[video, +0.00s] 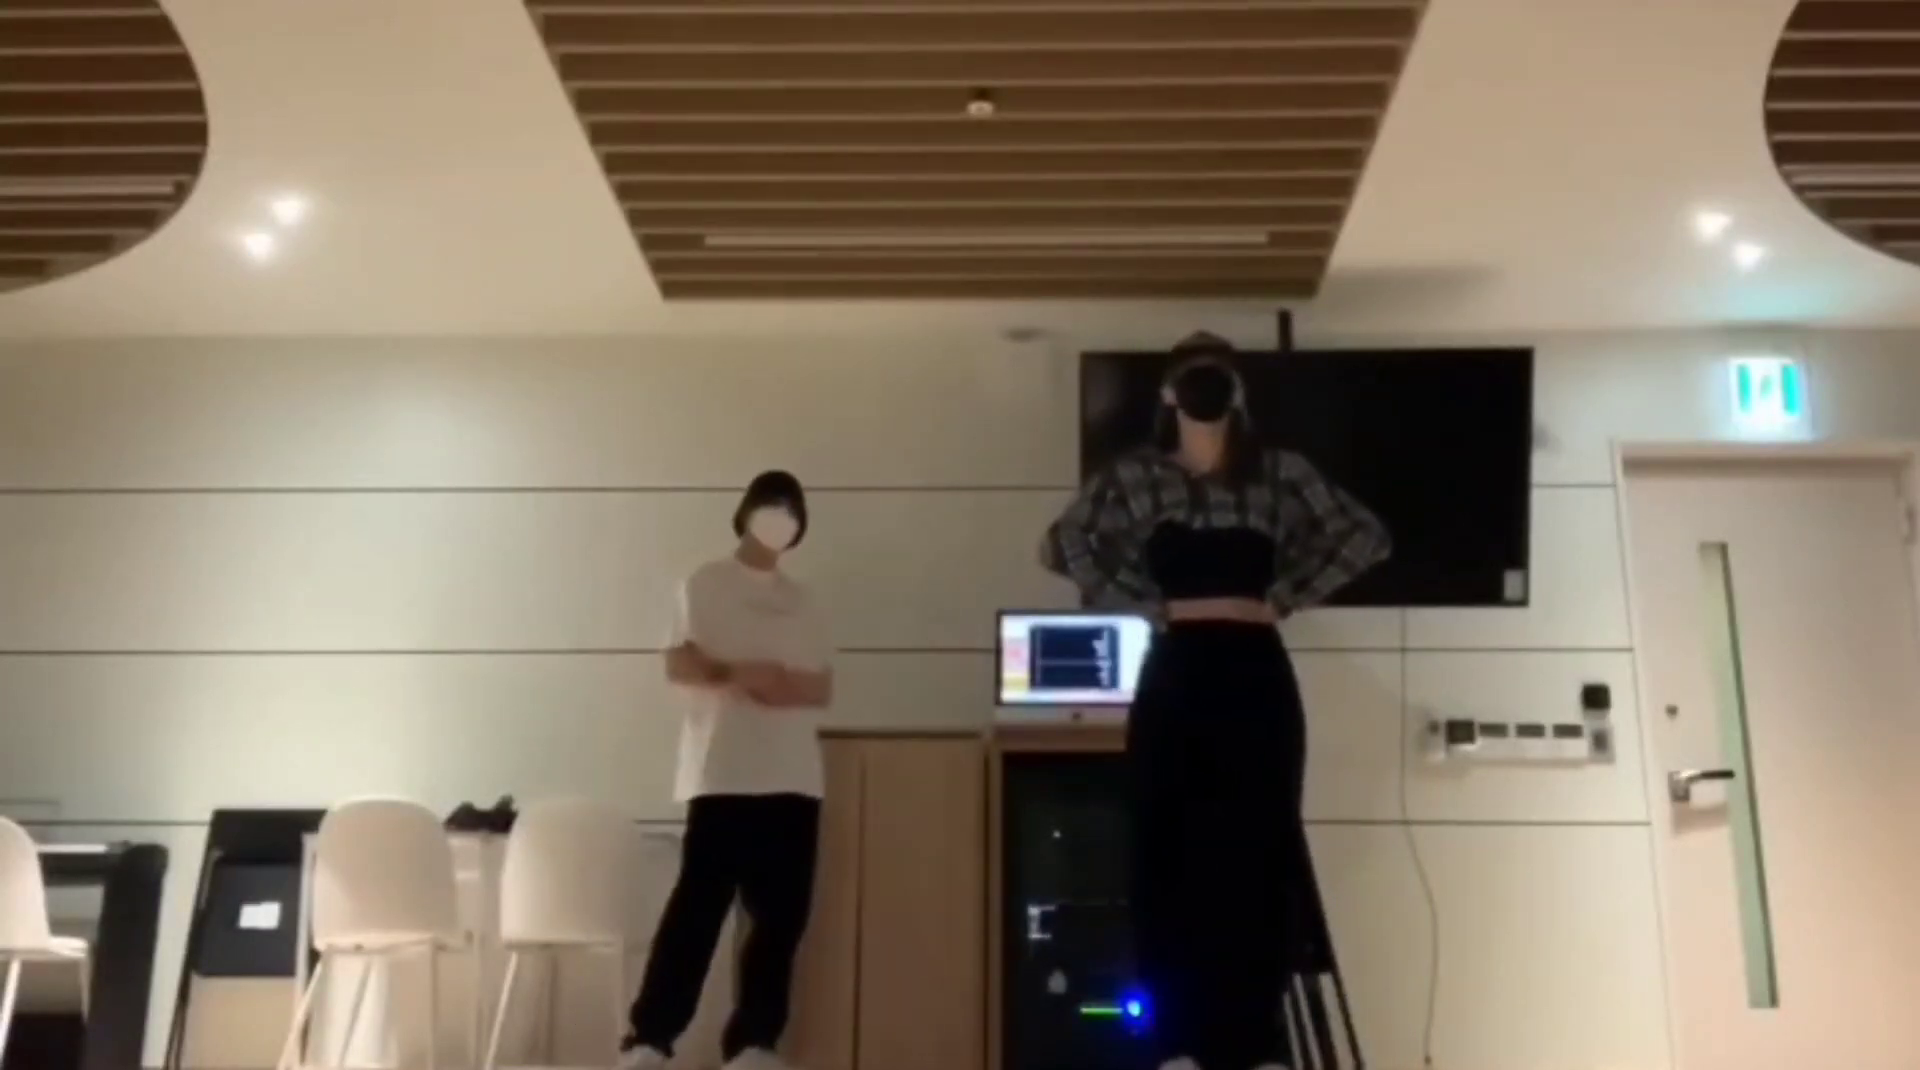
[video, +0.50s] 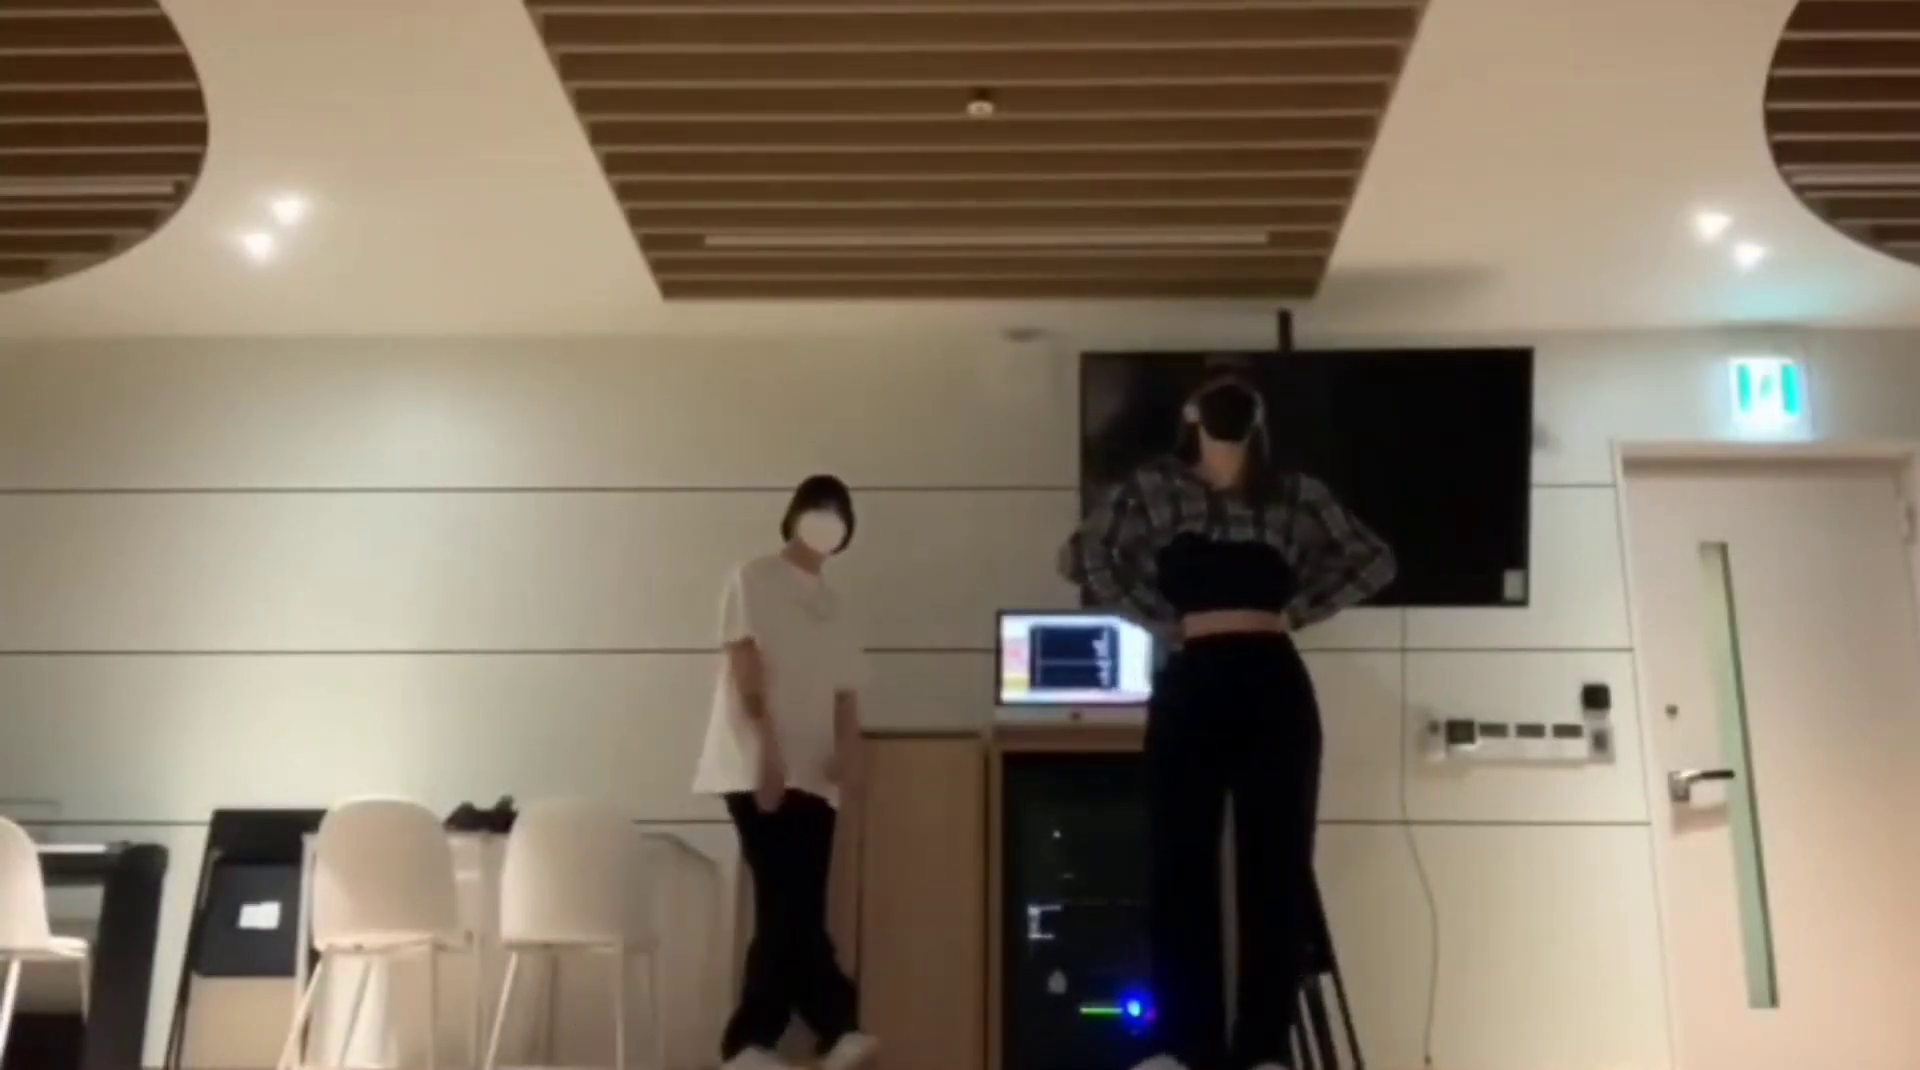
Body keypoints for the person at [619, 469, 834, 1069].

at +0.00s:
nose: (778, 520)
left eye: (790, 513)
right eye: (768, 506)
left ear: (799, 527)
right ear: (744, 513)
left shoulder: (805, 600)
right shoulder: (707, 582)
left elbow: (823, 687)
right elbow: (681, 664)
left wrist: (768, 686)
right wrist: (754, 673)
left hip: (792, 778)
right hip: (721, 775)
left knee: (782, 919)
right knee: (698, 909)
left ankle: (753, 1046)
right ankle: (650, 1040)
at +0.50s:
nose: (827, 526)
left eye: (839, 518)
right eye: (818, 512)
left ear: (847, 531)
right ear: (795, 516)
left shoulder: (832, 603)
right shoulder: (753, 578)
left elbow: (845, 690)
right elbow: (744, 670)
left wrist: (848, 756)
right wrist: (767, 754)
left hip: (815, 774)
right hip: (757, 769)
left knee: (793, 913)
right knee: (791, 908)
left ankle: (749, 1042)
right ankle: (836, 1028)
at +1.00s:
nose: (863, 504)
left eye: (874, 494)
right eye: (851, 491)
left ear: (887, 507)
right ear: (829, 500)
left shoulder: (887, 589)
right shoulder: (800, 578)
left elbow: (901, 683)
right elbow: (783, 671)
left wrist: (908, 767)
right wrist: (789, 758)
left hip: (880, 769)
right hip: (821, 766)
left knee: (823, 912)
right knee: (851, 912)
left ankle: (763, 1036)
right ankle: (876, 1043)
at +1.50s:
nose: (876, 493)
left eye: (888, 483)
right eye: (865, 480)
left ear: (901, 496)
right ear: (842, 489)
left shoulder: (906, 581)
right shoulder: (813, 564)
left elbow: (930, 674)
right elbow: (818, 648)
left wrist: (942, 744)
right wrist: (878, 712)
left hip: (918, 774)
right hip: (850, 773)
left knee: (953, 910)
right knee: (857, 919)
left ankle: (969, 1036)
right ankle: (876, 1045)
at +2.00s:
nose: (867, 491)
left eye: (879, 480)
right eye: (854, 478)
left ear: (896, 490)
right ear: (835, 487)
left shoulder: (922, 567)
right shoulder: (810, 566)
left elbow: (944, 657)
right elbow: (778, 658)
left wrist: (923, 727)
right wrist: (770, 740)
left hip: (897, 752)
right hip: (821, 752)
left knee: (886, 886)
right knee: (834, 886)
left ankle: (871, 1018)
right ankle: (867, 1027)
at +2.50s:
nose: (802, 481)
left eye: (816, 470)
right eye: (792, 468)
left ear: (836, 482)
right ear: (775, 475)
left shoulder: (854, 561)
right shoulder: (750, 558)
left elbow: (866, 656)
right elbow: (742, 656)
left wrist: (789, 723)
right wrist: (733, 732)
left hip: (822, 757)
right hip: (761, 753)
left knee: (784, 906)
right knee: (816, 902)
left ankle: (768, 1043)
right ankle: (886, 1029)